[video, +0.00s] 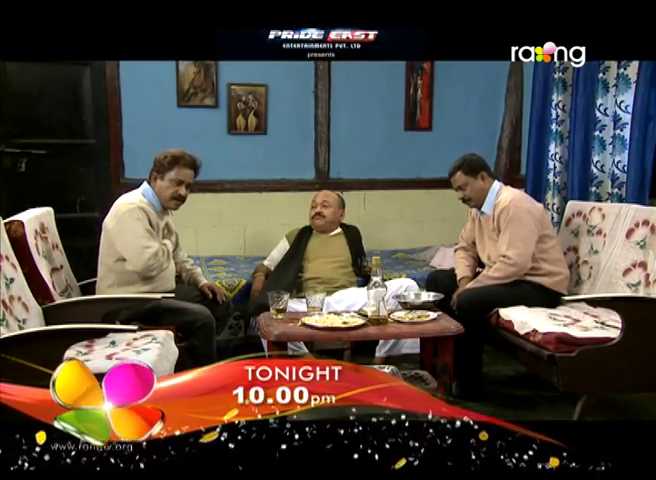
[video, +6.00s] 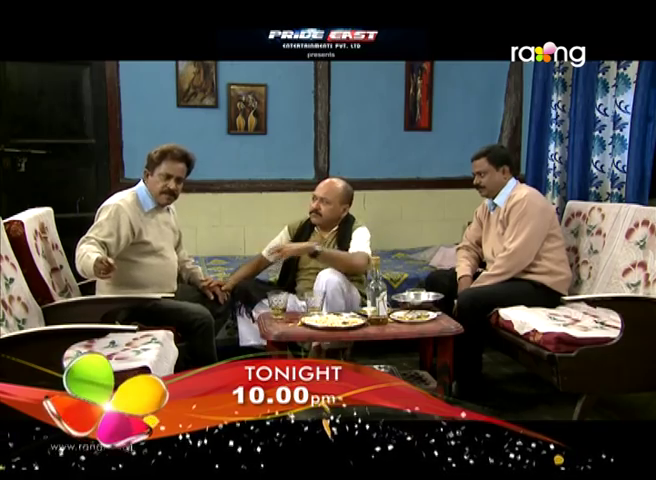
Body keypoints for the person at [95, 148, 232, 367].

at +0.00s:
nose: (183, 192)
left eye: (188, 187)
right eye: (177, 184)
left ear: (192, 189)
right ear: (156, 179)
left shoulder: (159, 215)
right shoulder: (130, 210)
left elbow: (178, 258)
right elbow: (145, 265)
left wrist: (201, 282)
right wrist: (167, 245)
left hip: (156, 296)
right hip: (127, 305)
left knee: (219, 304)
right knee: (201, 319)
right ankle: (204, 385)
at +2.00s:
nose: (166, 185)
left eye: (170, 180)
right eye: (159, 177)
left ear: (174, 182)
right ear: (137, 176)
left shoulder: (149, 212)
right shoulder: (116, 208)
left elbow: (175, 257)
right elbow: (139, 258)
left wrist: (201, 282)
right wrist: (162, 239)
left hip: (156, 295)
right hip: (127, 304)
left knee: (218, 303)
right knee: (200, 318)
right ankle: (203, 384)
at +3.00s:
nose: (159, 178)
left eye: (162, 173)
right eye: (151, 171)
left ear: (164, 178)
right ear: (129, 175)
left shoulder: (144, 210)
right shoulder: (110, 203)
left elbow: (170, 256)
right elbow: (121, 240)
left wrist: (199, 280)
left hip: (157, 293)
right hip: (126, 301)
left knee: (218, 302)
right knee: (201, 317)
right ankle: (203, 383)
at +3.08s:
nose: (160, 177)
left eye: (163, 173)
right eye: (152, 170)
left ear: (166, 177)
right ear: (131, 175)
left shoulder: (146, 211)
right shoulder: (112, 202)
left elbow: (168, 255)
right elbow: (112, 226)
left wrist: (199, 280)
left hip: (159, 293)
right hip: (126, 302)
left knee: (218, 302)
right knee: (201, 318)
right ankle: (204, 382)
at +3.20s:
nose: (159, 182)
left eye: (164, 177)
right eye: (152, 174)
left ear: (168, 181)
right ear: (132, 175)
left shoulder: (151, 213)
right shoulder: (108, 206)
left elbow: (172, 256)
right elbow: (86, 237)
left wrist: (200, 280)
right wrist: (62, 235)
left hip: (161, 295)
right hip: (127, 304)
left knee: (219, 303)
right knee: (199, 318)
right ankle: (203, 383)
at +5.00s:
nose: (171, 186)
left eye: (177, 181)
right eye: (164, 178)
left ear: (182, 185)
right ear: (146, 176)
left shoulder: (166, 212)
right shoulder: (118, 207)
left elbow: (176, 256)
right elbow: (87, 245)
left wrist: (200, 279)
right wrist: (86, 262)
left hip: (164, 298)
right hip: (128, 305)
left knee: (218, 301)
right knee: (199, 318)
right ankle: (205, 384)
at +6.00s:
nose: (172, 186)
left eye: (179, 181)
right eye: (166, 177)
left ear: (184, 184)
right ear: (147, 176)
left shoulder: (167, 210)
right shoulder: (121, 207)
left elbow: (179, 256)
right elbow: (87, 248)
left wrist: (202, 282)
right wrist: (95, 262)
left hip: (163, 298)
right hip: (128, 306)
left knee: (218, 303)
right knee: (200, 319)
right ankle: (207, 386)